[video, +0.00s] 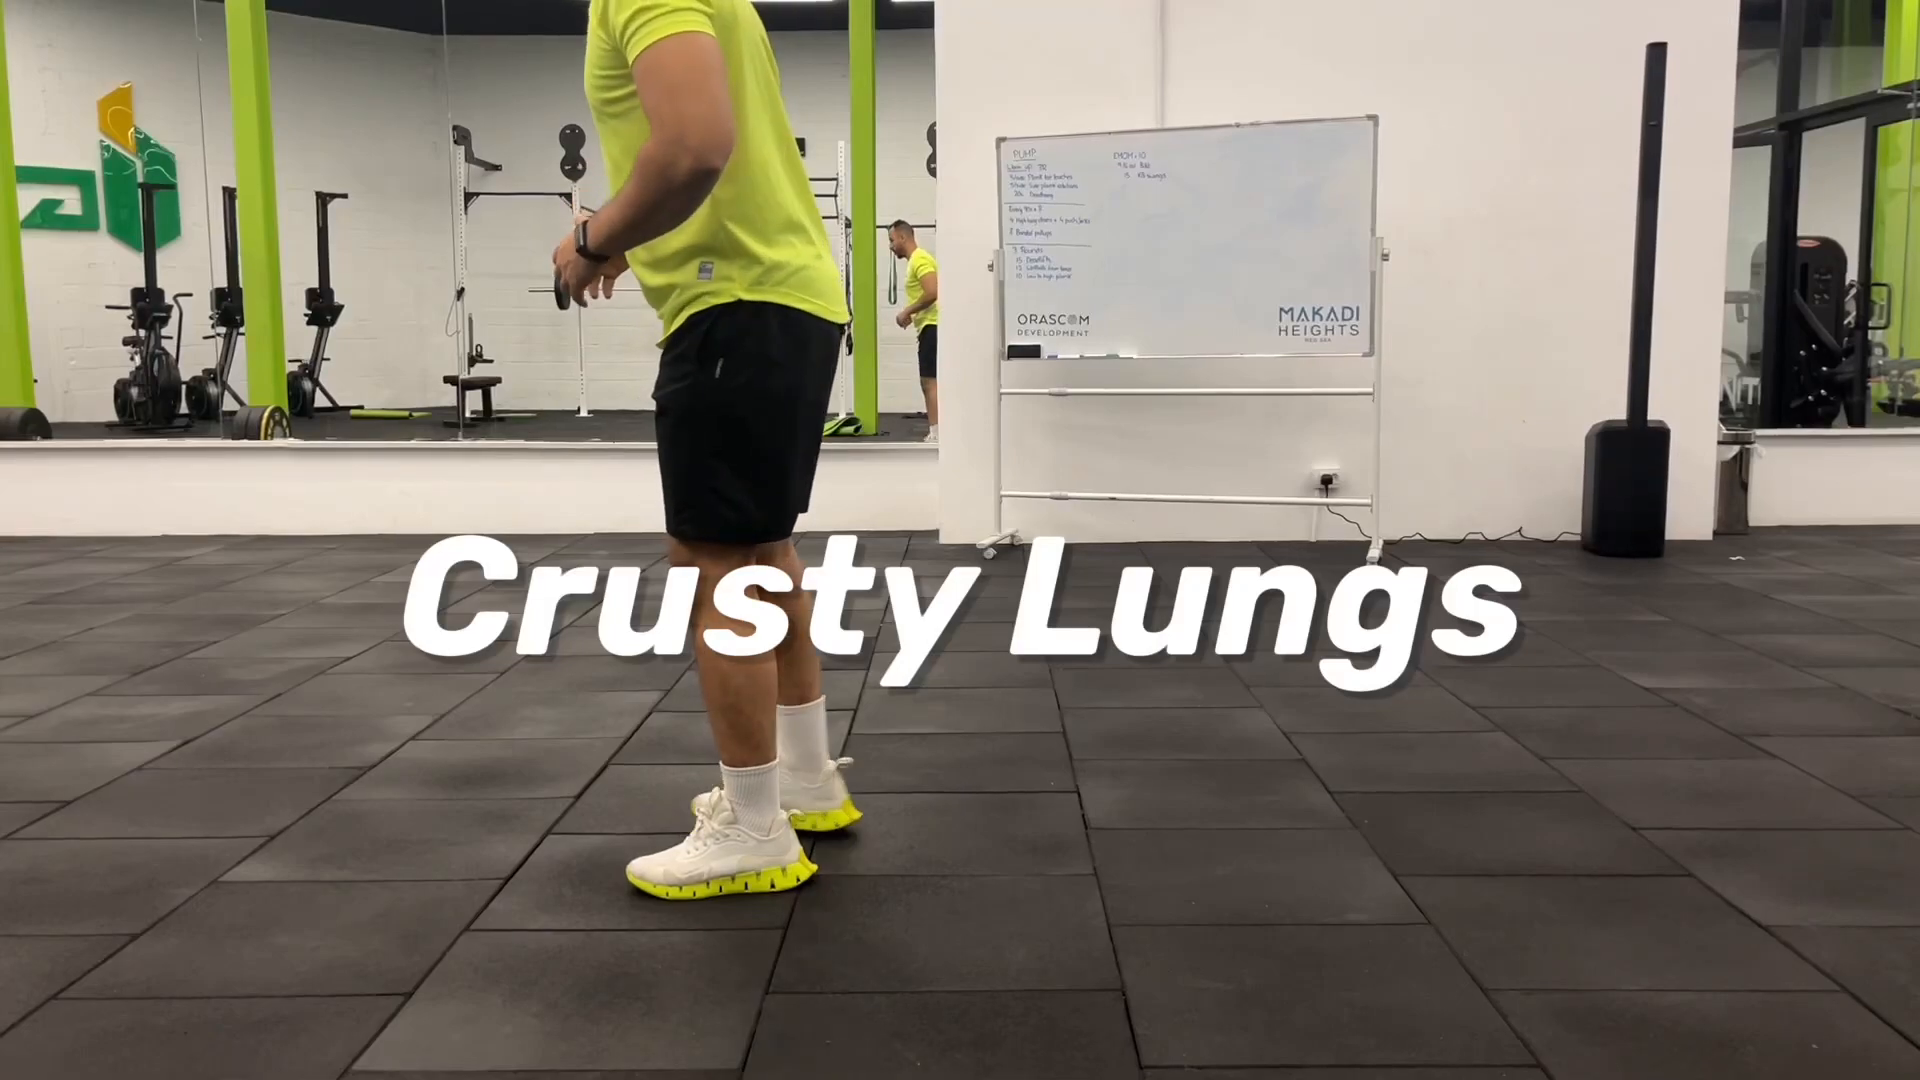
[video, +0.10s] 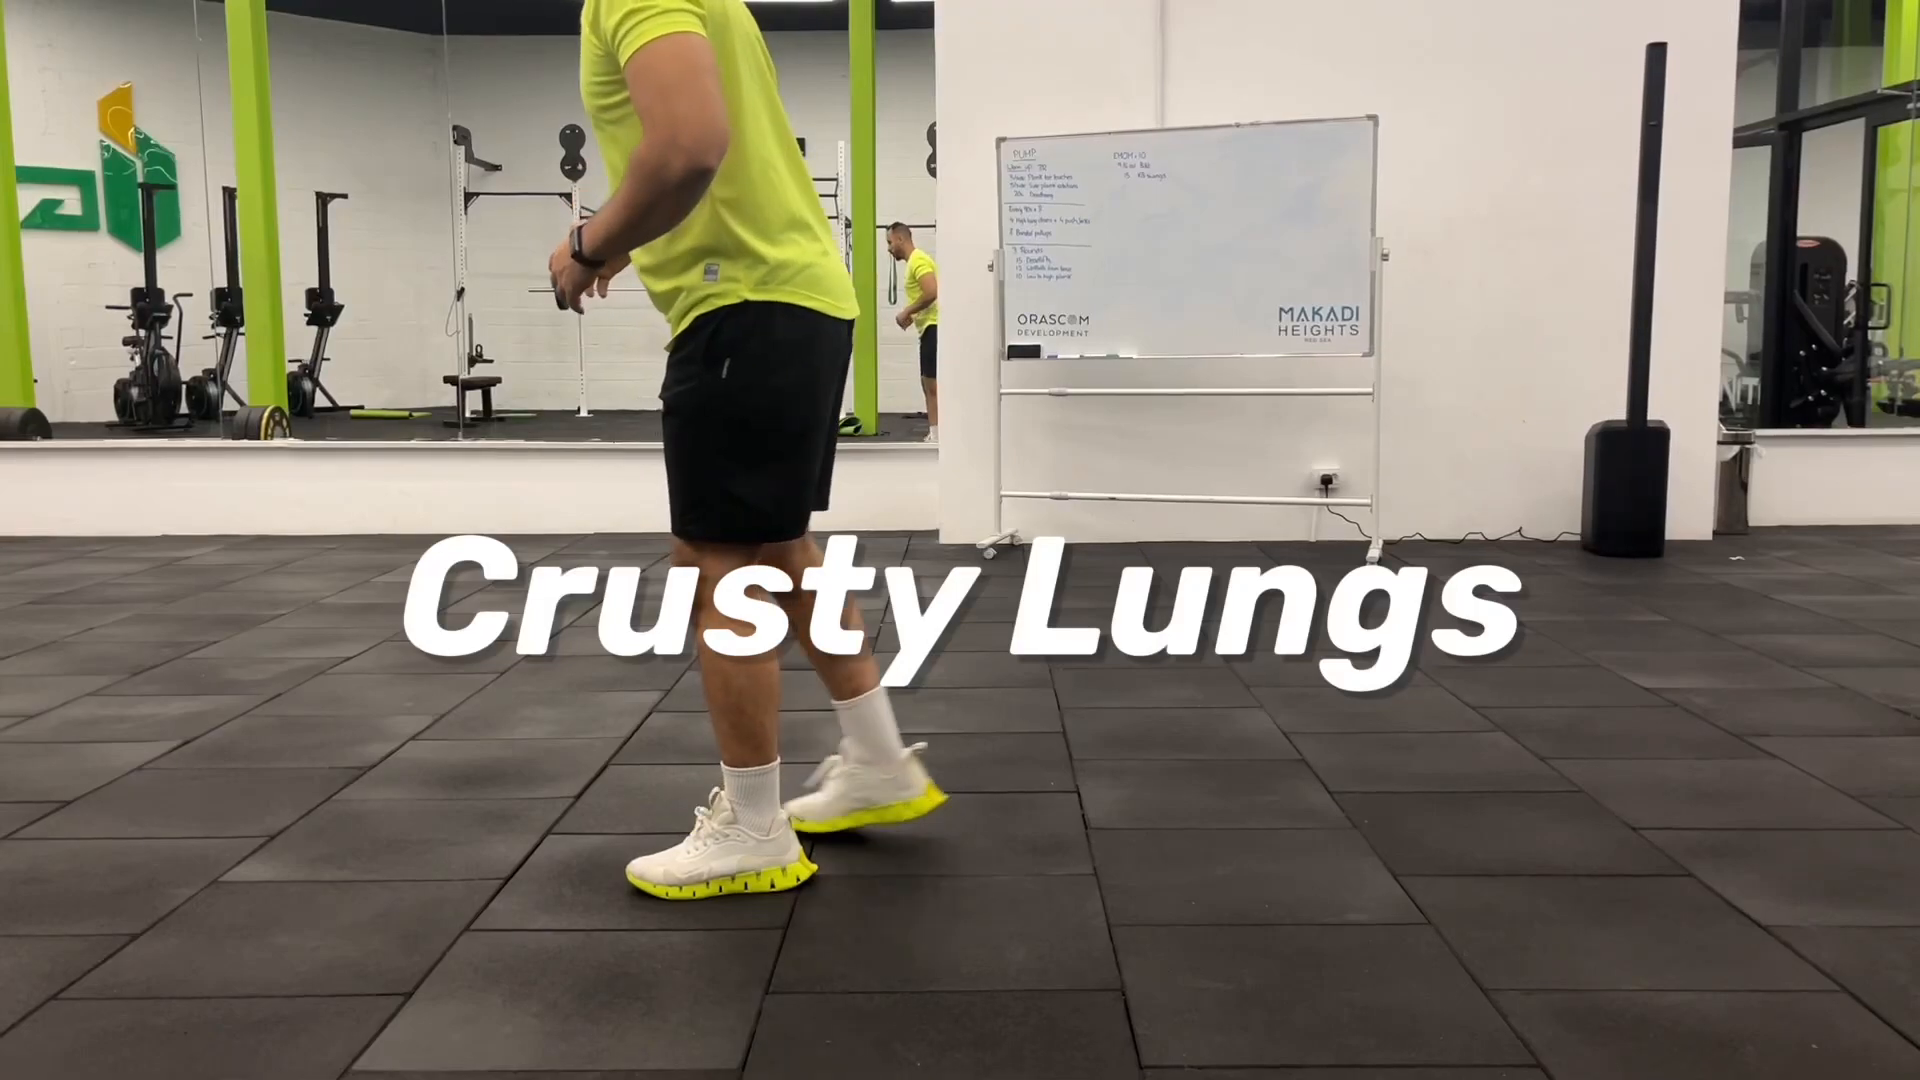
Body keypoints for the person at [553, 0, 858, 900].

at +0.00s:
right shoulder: (710, 11)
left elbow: (694, 140)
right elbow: (722, 159)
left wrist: (598, 232)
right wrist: (618, 246)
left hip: (736, 302)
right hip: (789, 295)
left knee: (718, 560)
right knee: (763, 544)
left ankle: (751, 827)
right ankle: (808, 777)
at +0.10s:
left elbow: (691, 140)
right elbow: (714, 153)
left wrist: (594, 243)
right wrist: (606, 248)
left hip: (744, 303)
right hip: (801, 295)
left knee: (722, 565)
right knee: (783, 549)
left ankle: (750, 828)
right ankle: (879, 758)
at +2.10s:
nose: (482, 35)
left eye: (487, 10)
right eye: (478, 17)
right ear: (560, 3)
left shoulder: (627, 83)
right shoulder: (661, 71)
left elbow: (627, 291)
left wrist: (570, 210)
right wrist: (596, 226)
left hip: (804, 350)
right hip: (882, 341)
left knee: (680, 585)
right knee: (905, 599)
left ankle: (751, 830)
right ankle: (1134, 737)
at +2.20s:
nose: (483, 9)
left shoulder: (619, 54)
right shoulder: (661, 42)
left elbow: (611, 261)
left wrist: (556, 183)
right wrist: (590, 196)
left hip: (780, 330)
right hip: (863, 324)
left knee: (685, 584)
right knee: (841, 583)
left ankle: (749, 829)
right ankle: (1059, 717)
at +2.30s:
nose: (527, 7)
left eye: (529, 1)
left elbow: (592, 233)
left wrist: (549, 145)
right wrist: (578, 140)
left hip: (762, 316)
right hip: (838, 310)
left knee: (694, 577)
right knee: (786, 563)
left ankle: (748, 828)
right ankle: (972, 729)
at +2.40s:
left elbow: (580, 206)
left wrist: (547, 119)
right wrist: (573, 123)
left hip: (748, 304)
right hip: (820, 297)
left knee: (703, 569)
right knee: (758, 548)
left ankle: (749, 829)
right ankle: (869, 752)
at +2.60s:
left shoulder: (637, 3)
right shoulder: (647, 9)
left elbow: (580, 184)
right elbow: (583, 173)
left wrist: (552, 90)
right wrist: (560, 96)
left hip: (725, 300)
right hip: (743, 297)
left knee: (701, 563)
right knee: (712, 555)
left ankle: (755, 825)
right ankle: (732, 764)